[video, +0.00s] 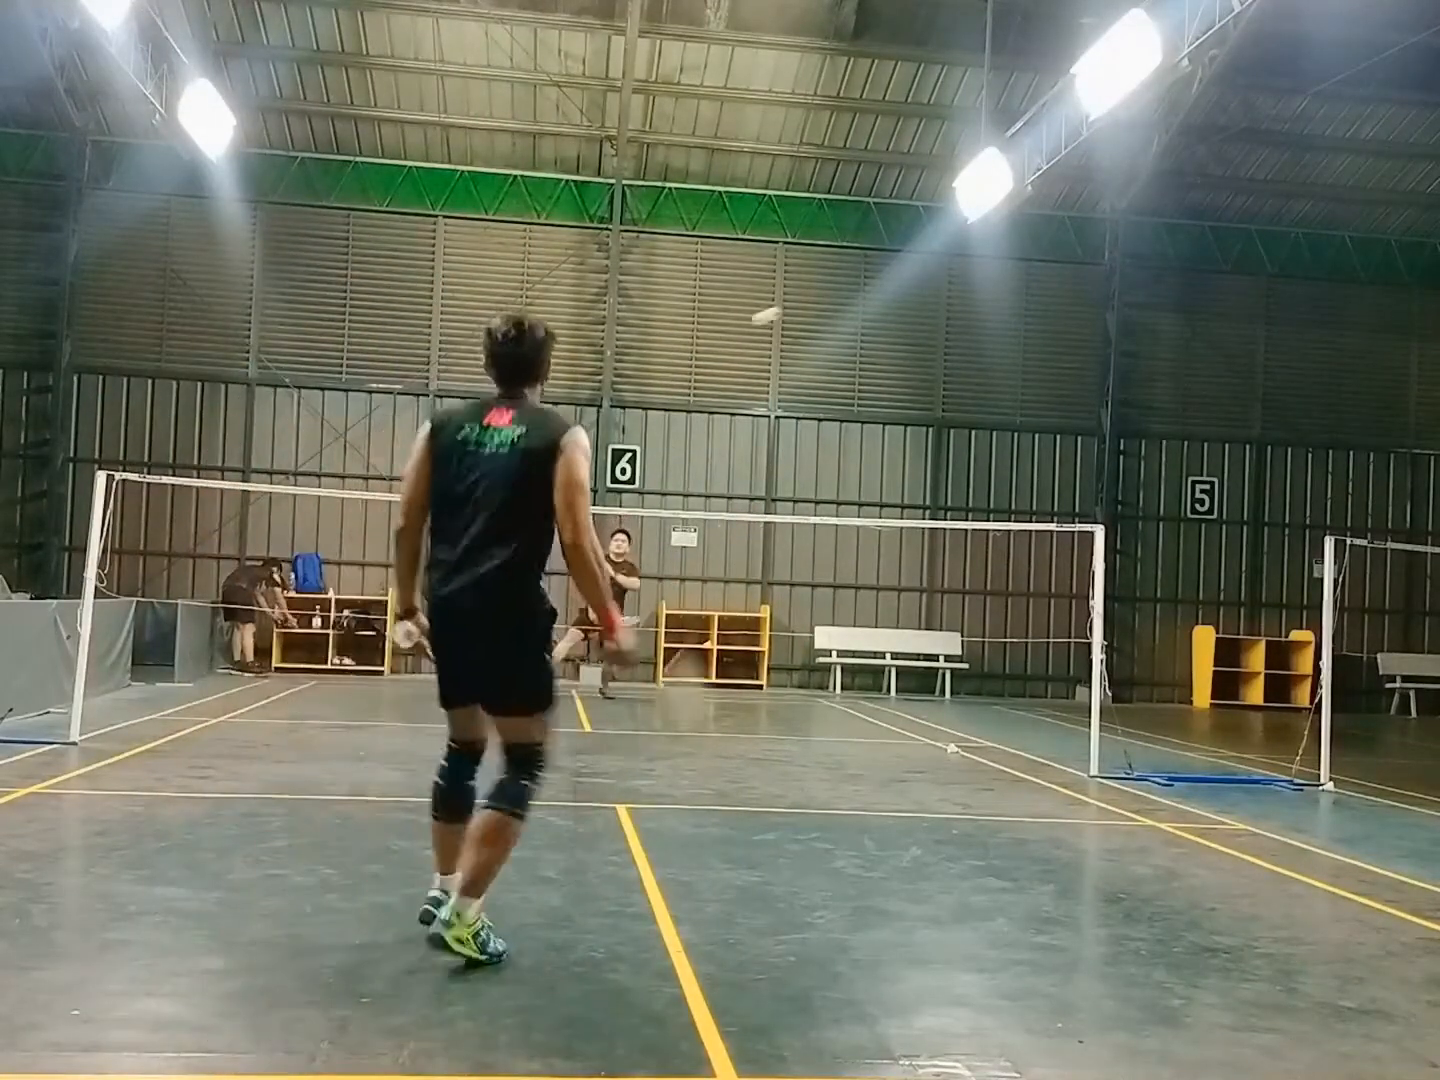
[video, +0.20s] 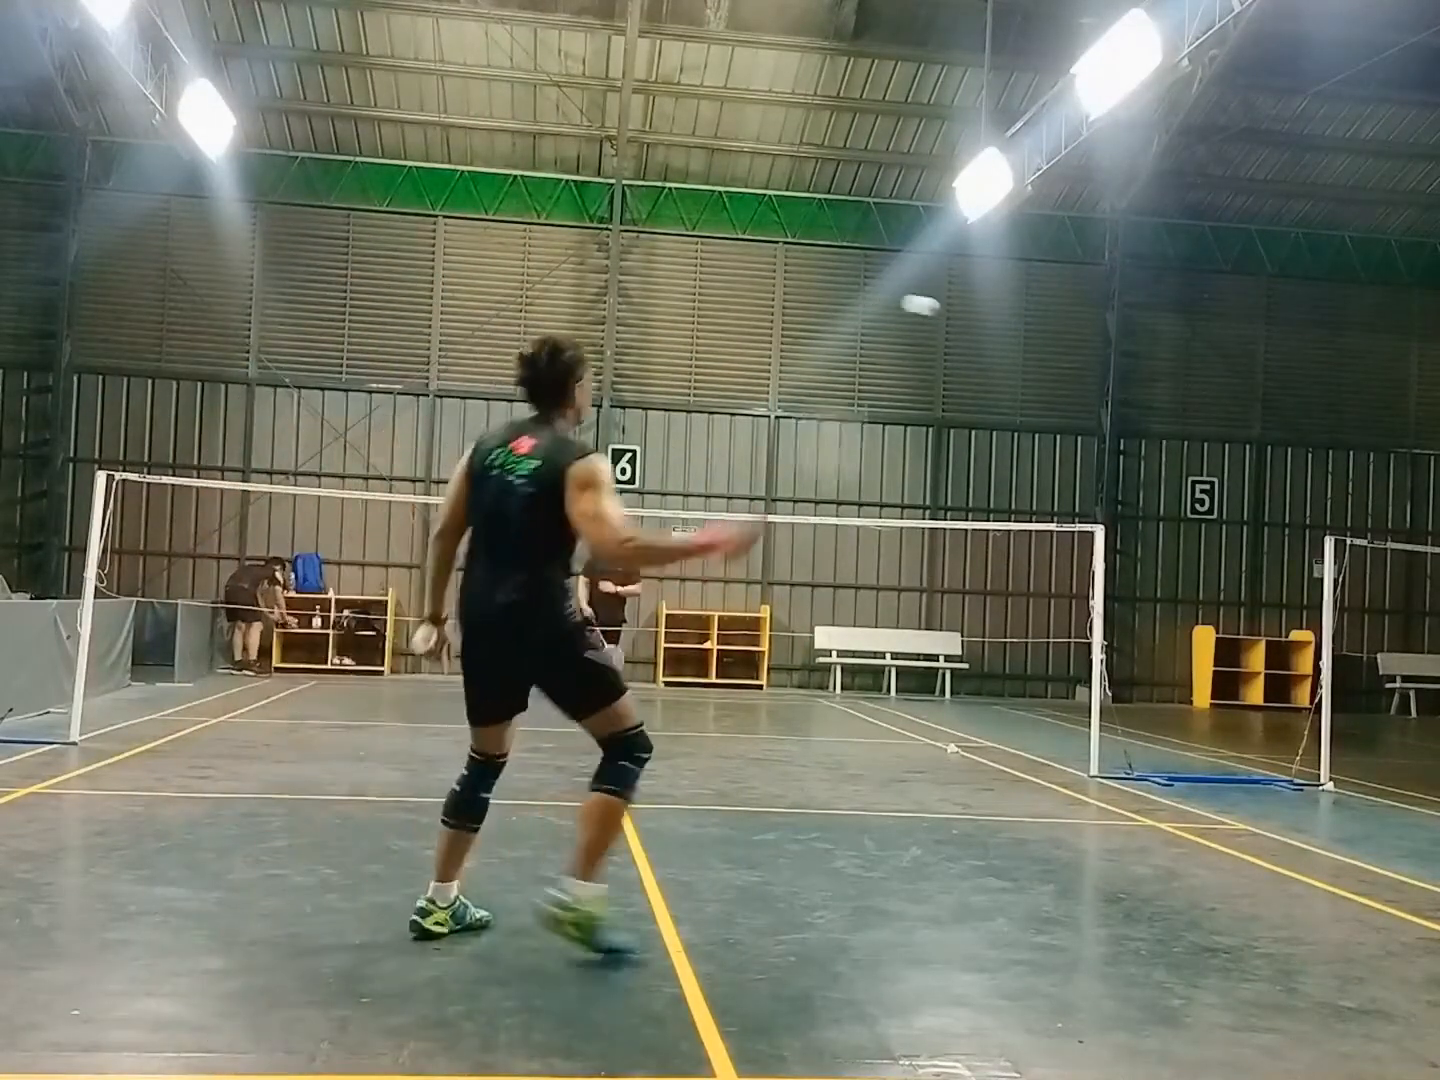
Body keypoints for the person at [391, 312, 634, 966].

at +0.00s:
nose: (545, 375)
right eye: (546, 366)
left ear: (489, 368)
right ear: (545, 370)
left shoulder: (444, 424)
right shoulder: (562, 435)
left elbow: (409, 517)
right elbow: (575, 537)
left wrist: (407, 603)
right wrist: (610, 617)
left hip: (447, 608)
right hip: (513, 612)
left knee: (464, 743)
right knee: (523, 757)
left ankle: (444, 891)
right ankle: (464, 910)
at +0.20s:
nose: (592, 394)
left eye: (589, 383)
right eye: (588, 385)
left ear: (532, 392)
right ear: (572, 393)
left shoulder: (487, 448)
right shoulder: (581, 461)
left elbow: (446, 533)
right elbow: (609, 547)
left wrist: (435, 612)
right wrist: (698, 545)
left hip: (482, 629)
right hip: (550, 627)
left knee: (484, 758)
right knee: (627, 745)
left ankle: (440, 898)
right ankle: (580, 891)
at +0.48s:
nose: (711, 388)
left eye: (705, 378)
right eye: (701, 380)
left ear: (653, 396)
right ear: (674, 394)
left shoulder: (603, 432)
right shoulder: (694, 456)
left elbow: (542, 496)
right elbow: (801, 483)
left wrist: (522, 563)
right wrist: (841, 478)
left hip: (548, 610)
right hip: (598, 622)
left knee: (513, 737)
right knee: (658, 763)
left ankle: (449, 862)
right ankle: (659, 930)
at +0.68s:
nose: (767, 416)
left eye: (764, 405)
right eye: (761, 407)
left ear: (709, 416)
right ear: (738, 417)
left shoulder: (658, 452)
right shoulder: (747, 498)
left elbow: (595, 519)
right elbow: (750, 598)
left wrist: (601, 576)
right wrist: (693, 621)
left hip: (588, 619)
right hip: (644, 636)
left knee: (578, 744)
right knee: (701, 771)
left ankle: (489, 862)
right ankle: (660, 929)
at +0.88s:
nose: (773, 406)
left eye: (768, 395)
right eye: (773, 396)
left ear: (714, 390)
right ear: (765, 402)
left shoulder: (657, 432)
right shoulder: (757, 467)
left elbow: (599, 511)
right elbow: (748, 558)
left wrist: (589, 595)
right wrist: (738, 643)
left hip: (604, 611)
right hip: (667, 624)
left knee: (596, 745)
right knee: (683, 767)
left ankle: (549, 892)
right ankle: (658, 928)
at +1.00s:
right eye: (744, 384)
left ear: (691, 378)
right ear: (744, 388)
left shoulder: (635, 433)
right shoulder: (748, 456)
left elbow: (588, 519)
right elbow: (758, 556)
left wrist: (580, 606)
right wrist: (775, 647)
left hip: (609, 621)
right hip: (678, 627)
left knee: (603, 758)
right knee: (685, 768)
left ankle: (574, 907)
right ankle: (658, 927)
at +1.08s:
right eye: (737, 386)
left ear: (679, 380)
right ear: (729, 389)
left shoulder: (628, 434)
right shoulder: (740, 452)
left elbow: (586, 525)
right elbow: (762, 544)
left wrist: (582, 611)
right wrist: (792, 636)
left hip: (611, 623)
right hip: (681, 631)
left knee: (602, 760)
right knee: (698, 765)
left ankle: (574, 911)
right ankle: (662, 926)